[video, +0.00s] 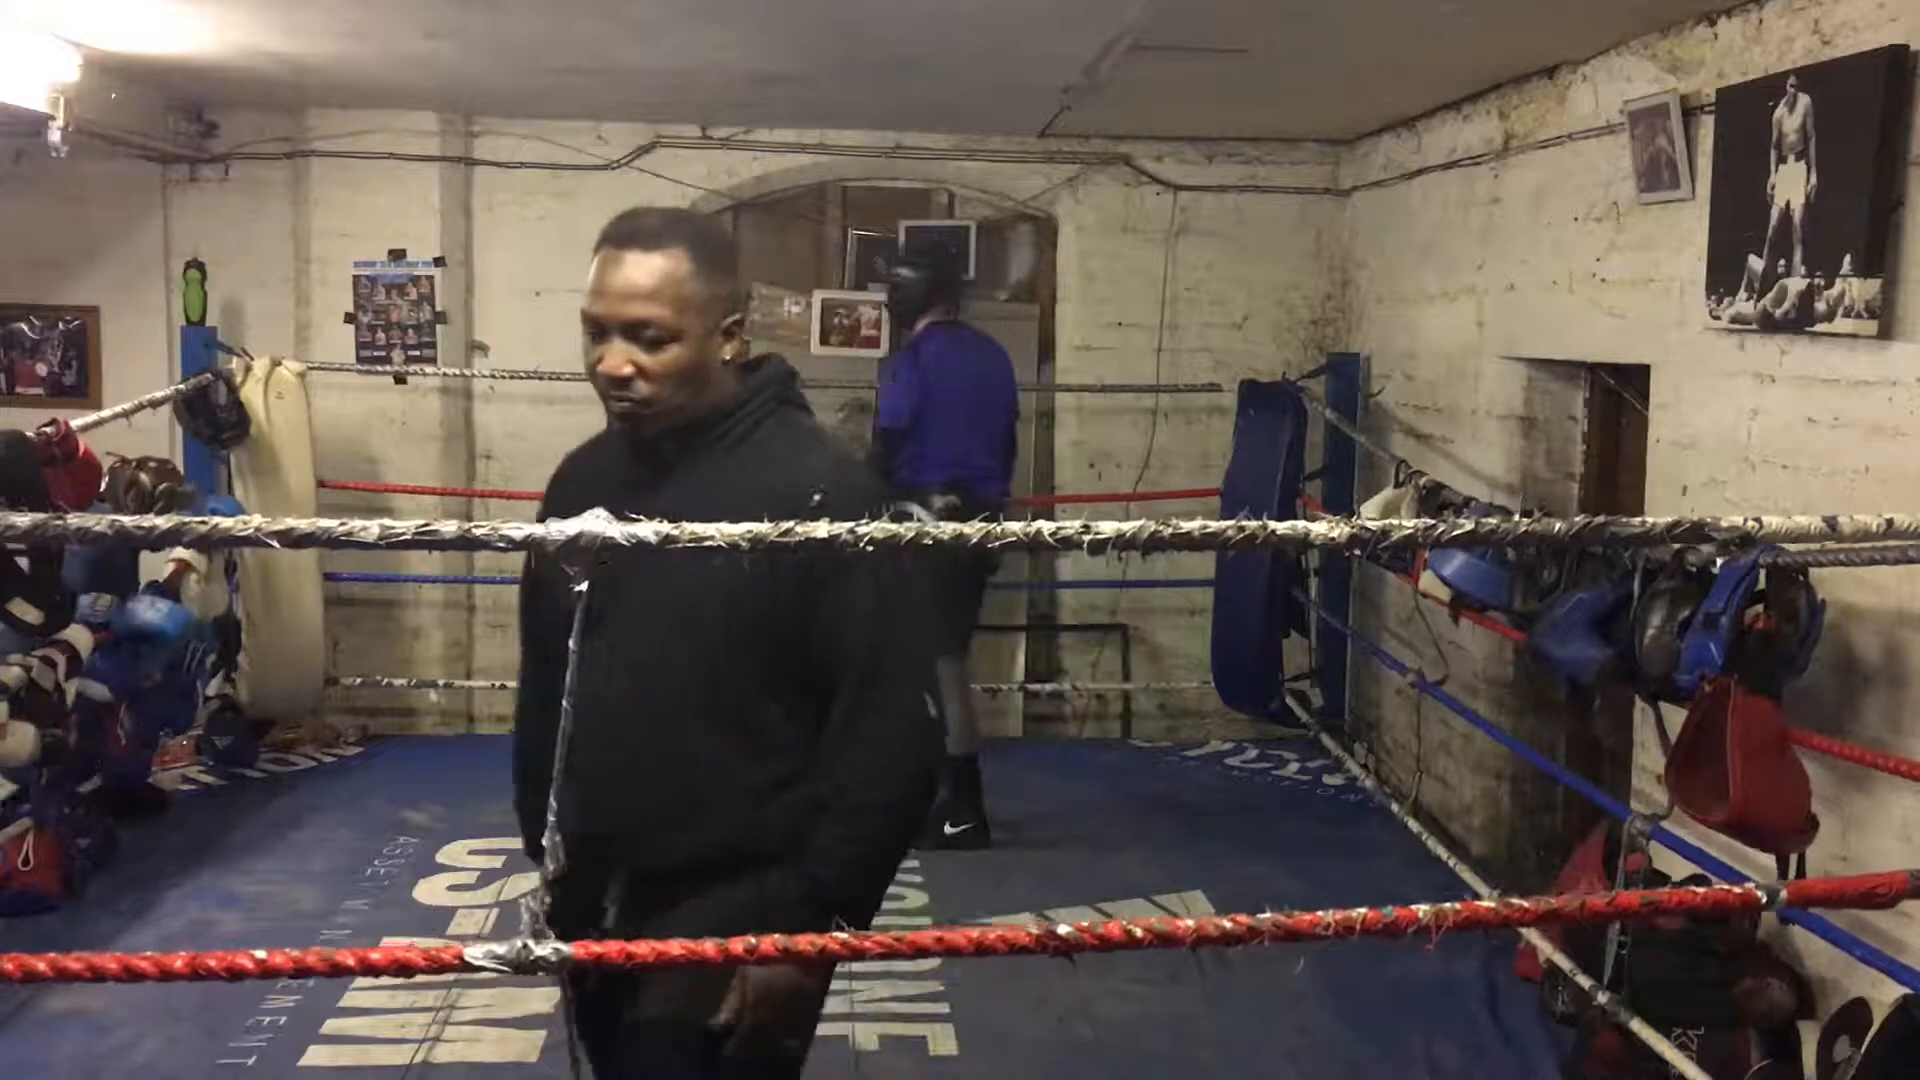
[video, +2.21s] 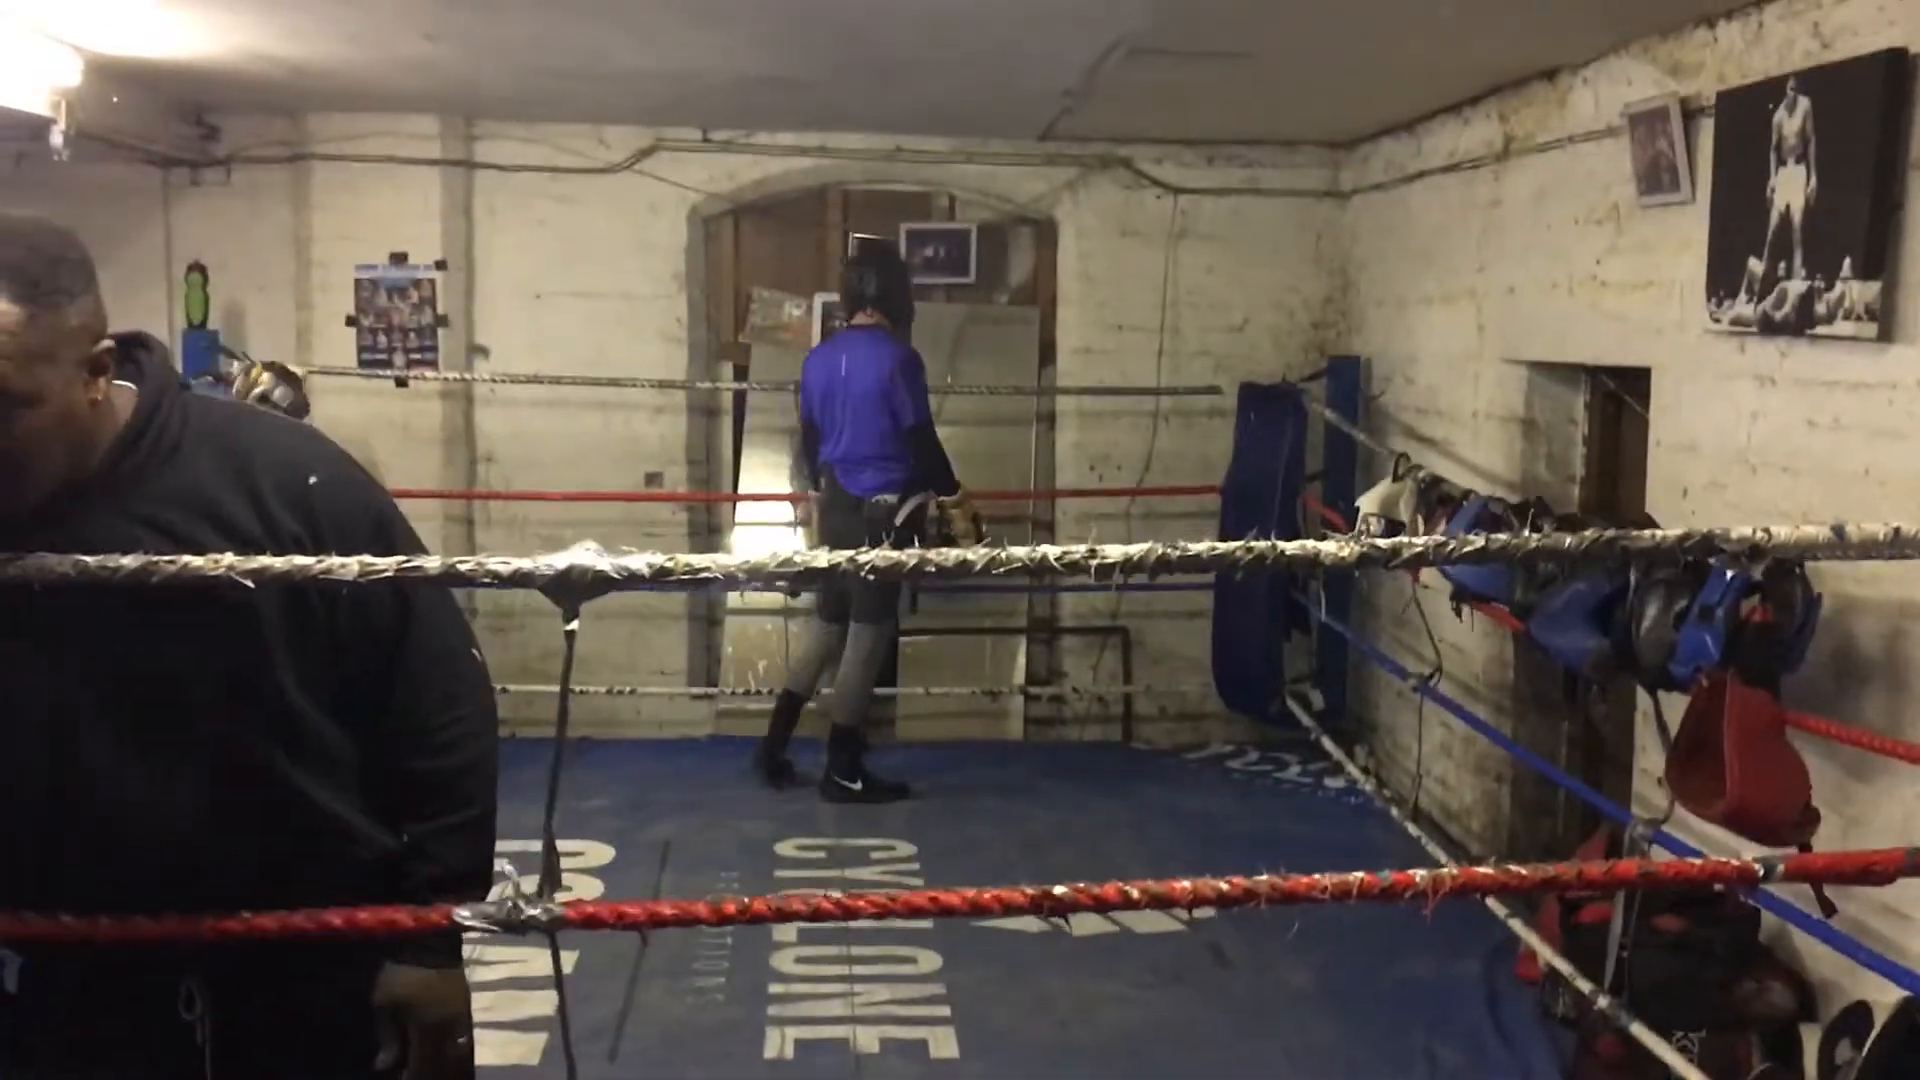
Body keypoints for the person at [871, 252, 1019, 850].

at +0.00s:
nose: (890, 307)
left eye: (895, 297)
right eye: (892, 295)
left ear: (913, 303)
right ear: (951, 300)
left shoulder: (911, 359)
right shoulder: (993, 355)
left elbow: (891, 434)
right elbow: (1006, 440)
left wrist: (873, 484)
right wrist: (992, 494)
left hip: (925, 511)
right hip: (984, 512)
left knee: (944, 659)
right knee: (946, 655)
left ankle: (965, 808)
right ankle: (947, 796)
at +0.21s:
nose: (859, 308)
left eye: (864, 298)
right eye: (861, 299)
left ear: (877, 302)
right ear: (926, 303)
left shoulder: (879, 356)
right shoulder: (959, 359)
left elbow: (854, 440)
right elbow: (974, 448)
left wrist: (822, 504)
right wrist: (971, 512)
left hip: (895, 519)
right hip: (950, 519)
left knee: (921, 664)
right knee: (897, 660)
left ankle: (961, 812)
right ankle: (873, 794)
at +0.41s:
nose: (841, 299)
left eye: (846, 290)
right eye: (845, 289)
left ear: (860, 293)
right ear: (903, 298)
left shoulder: (856, 352)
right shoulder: (929, 362)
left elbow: (839, 435)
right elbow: (936, 449)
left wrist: (819, 503)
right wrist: (933, 515)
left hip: (861, 516)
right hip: (912, 517)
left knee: (861, 659)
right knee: (875, 655)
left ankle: (934, 783)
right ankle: (851, 790)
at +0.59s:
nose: (819, 299)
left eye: (824, 290)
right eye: (823, 290)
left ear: (837, 294)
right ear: (879, 299)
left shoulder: (839, 350)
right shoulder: (903, 354)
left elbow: (827, 429)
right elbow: (911, 435)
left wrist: (806, 498)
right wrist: (905, 499)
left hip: (846, 500)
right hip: (893, 501)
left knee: (844, 625)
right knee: (875, 624)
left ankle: (864, 744)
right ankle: (874, 739)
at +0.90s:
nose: (772, 294)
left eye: (776, 286)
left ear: (785, 292)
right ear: (836, 294)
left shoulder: (771, 353)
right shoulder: (863, 355)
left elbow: (757, 428)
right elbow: (873, 436)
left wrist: (738, 489)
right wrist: (851, 476)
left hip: (783, 501)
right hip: (845, 501)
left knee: (781, 635)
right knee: (849, 637)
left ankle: (794, 766)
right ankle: (856, 773)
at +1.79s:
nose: (849, 292)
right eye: (846, 283)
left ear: (789, 288)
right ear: (839, 288)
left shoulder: (757, 346)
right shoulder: (849, 348)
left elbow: (739, 425)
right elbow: (862, 427)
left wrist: (744, 478)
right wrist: (875, 483)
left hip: (771, 499)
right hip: (832, 502)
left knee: (756, 629)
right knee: (837, 630)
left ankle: (731, 768)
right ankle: (840, 766)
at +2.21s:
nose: (911, 298)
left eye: (906, 289)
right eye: (906, 289)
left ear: (848, 295)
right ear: (895, 293)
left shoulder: (818, 357)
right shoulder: (898, 357)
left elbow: (809, 435)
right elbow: (919, 435)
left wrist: (818, 486)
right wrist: (951, 492)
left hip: (837, 504)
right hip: (887, 508)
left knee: (826, 631)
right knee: (868, 638)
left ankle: (772, 750)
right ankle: (844, 770)